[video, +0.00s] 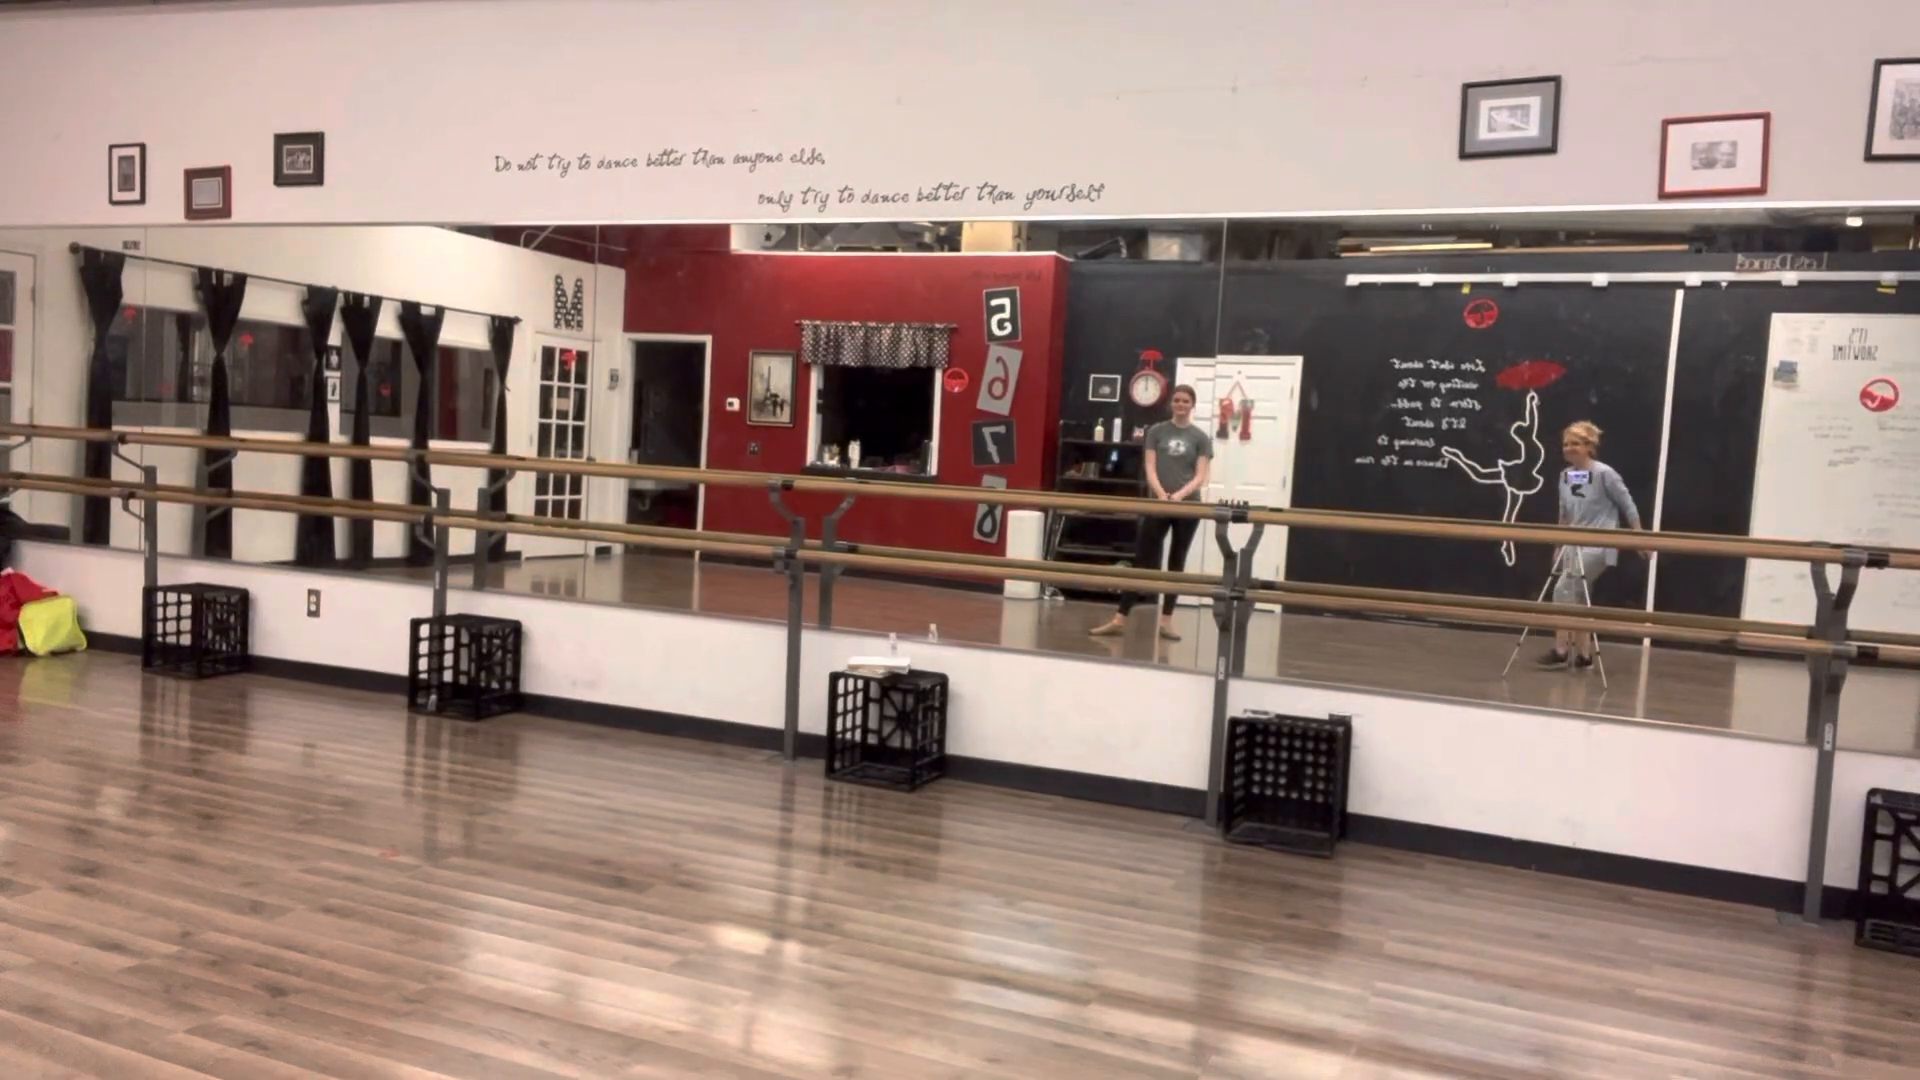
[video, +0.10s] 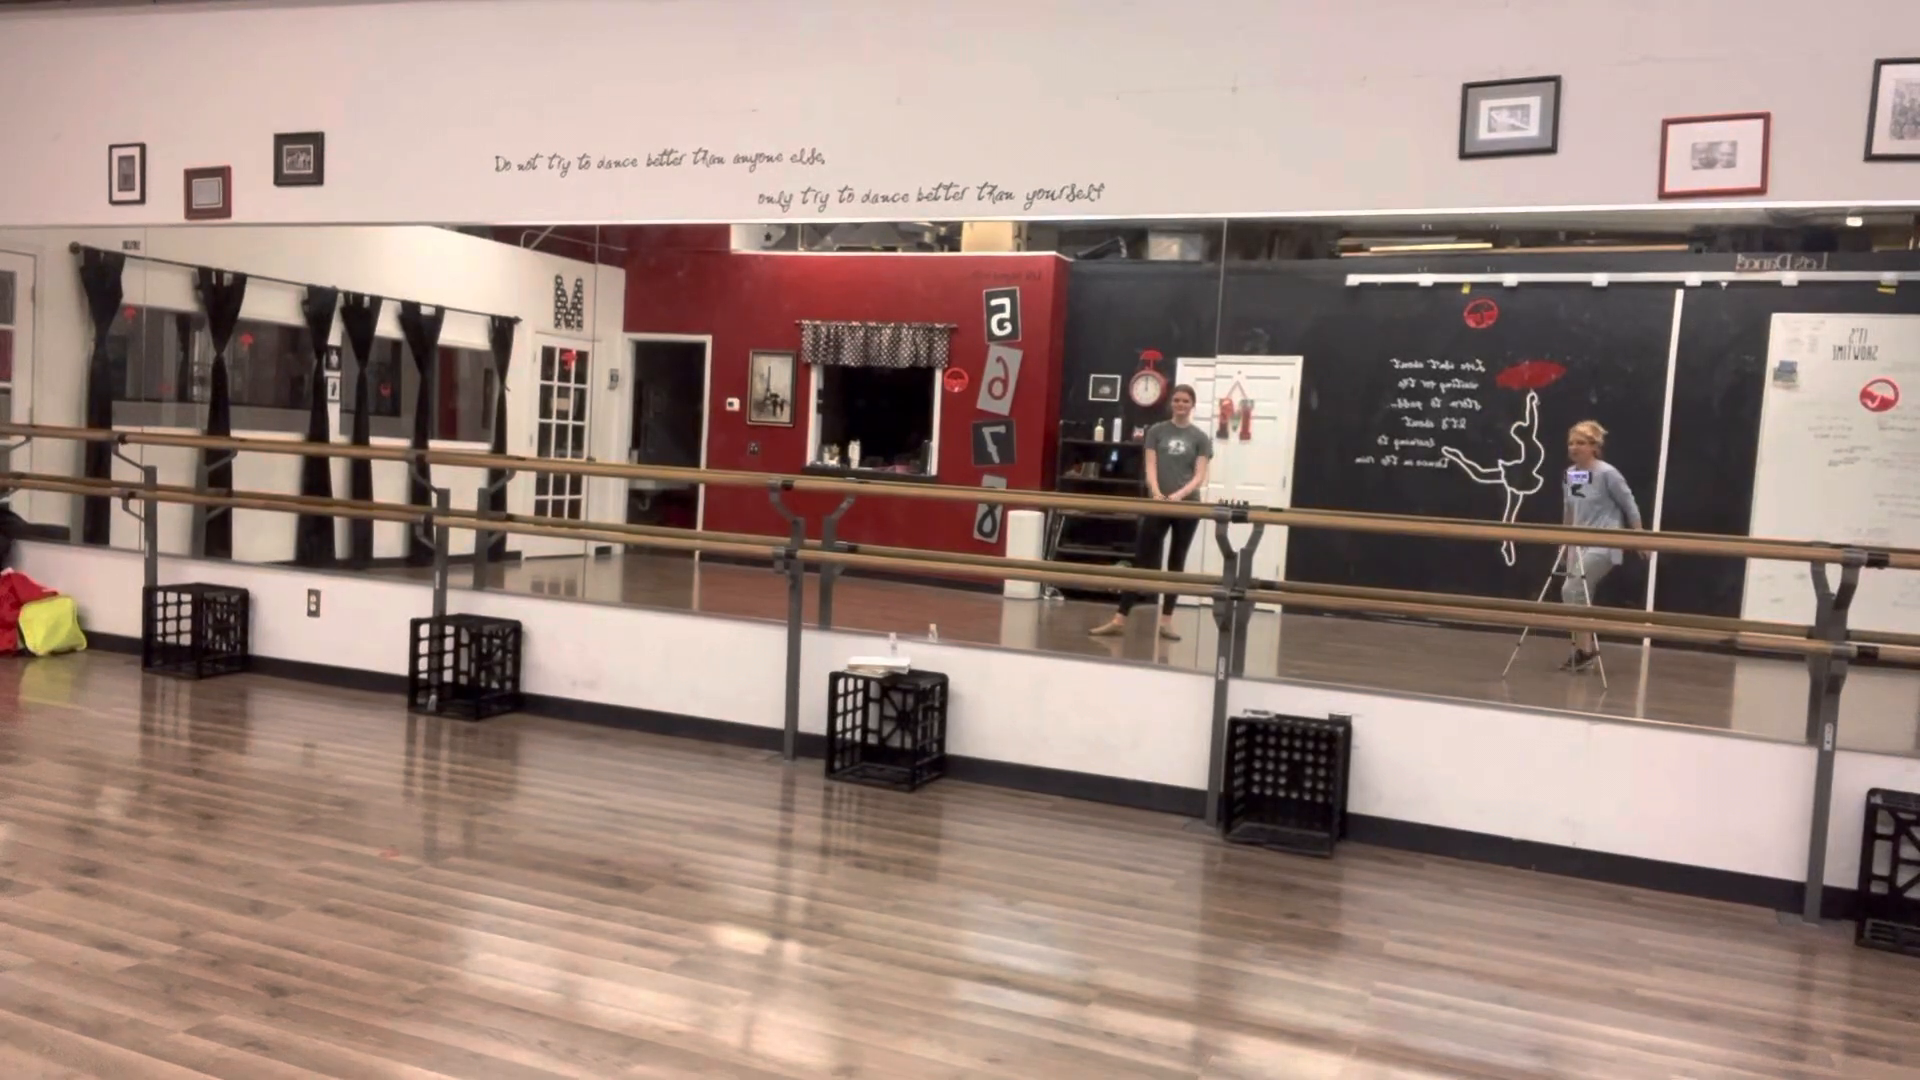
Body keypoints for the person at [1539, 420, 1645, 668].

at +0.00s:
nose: (1567, 448)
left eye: (1573, 443)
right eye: (1565, 443)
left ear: (1588, 447)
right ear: (1564, 447)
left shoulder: (1604, 473)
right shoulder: (1565, 476)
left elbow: (1627, 504)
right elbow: (1564, 515)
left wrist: (1639, 538)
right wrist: (1559, 546)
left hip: (1599, 544)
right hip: (1573, 544)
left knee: (1563, 590)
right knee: (1576, 597)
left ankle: (1561, 648)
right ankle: (1584, 652)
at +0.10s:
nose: (1573, 447)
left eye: (1580, 443)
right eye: (1571, 443)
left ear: (1594, 447)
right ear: (1569, 446)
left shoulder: (1608, 473)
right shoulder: (1570, 474)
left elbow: (1630, 504)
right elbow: (1569, 511)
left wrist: (1640, 538)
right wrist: (1565, 540)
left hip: (1604, 543)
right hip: (1578, 543)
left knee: (1571, 590)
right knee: (1577, 595)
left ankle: (1586, 647)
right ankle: (1584, 649)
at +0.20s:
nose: (1580, 446)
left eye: (1587, 442)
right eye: (1578, 441)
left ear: (1600, 447)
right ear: (1575, 445)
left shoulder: (1612, 474)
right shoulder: (1572, 474)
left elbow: (1631, 507)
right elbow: (1572, 509)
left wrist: (1638, 541)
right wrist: (1568, 537)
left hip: (1609, 543)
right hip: (1580, 542)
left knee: (1586, 591)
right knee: (1574, 595)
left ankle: (1609, 647)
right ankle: (1584, 651)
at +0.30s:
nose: (1589, 444)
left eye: (1596, 440)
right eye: (1587, 439)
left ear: (1608, 447)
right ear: (1583, 443)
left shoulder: (1616, 475)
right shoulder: (1578, 472)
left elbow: (1632, 511)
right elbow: (1577, 509)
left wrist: (1635, 544)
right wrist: (1569, 537)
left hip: (1610, 548)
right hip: (1580, 546)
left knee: (1602, 598)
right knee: (1577, 602)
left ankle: (1628, 653)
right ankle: (1585, 653)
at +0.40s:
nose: (1599, 444)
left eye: (1606, 440)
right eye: (1596, 438)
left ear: (1618, 447)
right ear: (1592, 442)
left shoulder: (1624, 476)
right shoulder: (1584, 471)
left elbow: (1635, 514)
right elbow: (1578, 509)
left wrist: (1636, 546)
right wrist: (1571, 538)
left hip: (1614, 549)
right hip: (1583, 546)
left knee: (1621, 604)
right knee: (1580, 603)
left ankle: (1640, 658)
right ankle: (1585, 653)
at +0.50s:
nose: (1608, 444)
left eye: (1616, 441)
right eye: (1606, 439)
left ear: (1627, 447)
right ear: (1601, 442)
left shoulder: (1634, 478)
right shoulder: (1590, 472)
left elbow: (1643, 516)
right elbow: (1585, 510)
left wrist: (1644, 548)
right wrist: (1576, 538)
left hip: (1623, 550)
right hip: (1590, 548)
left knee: (1631, 606)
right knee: (1582, 603)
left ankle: (1645, 661)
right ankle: (1583, 654)